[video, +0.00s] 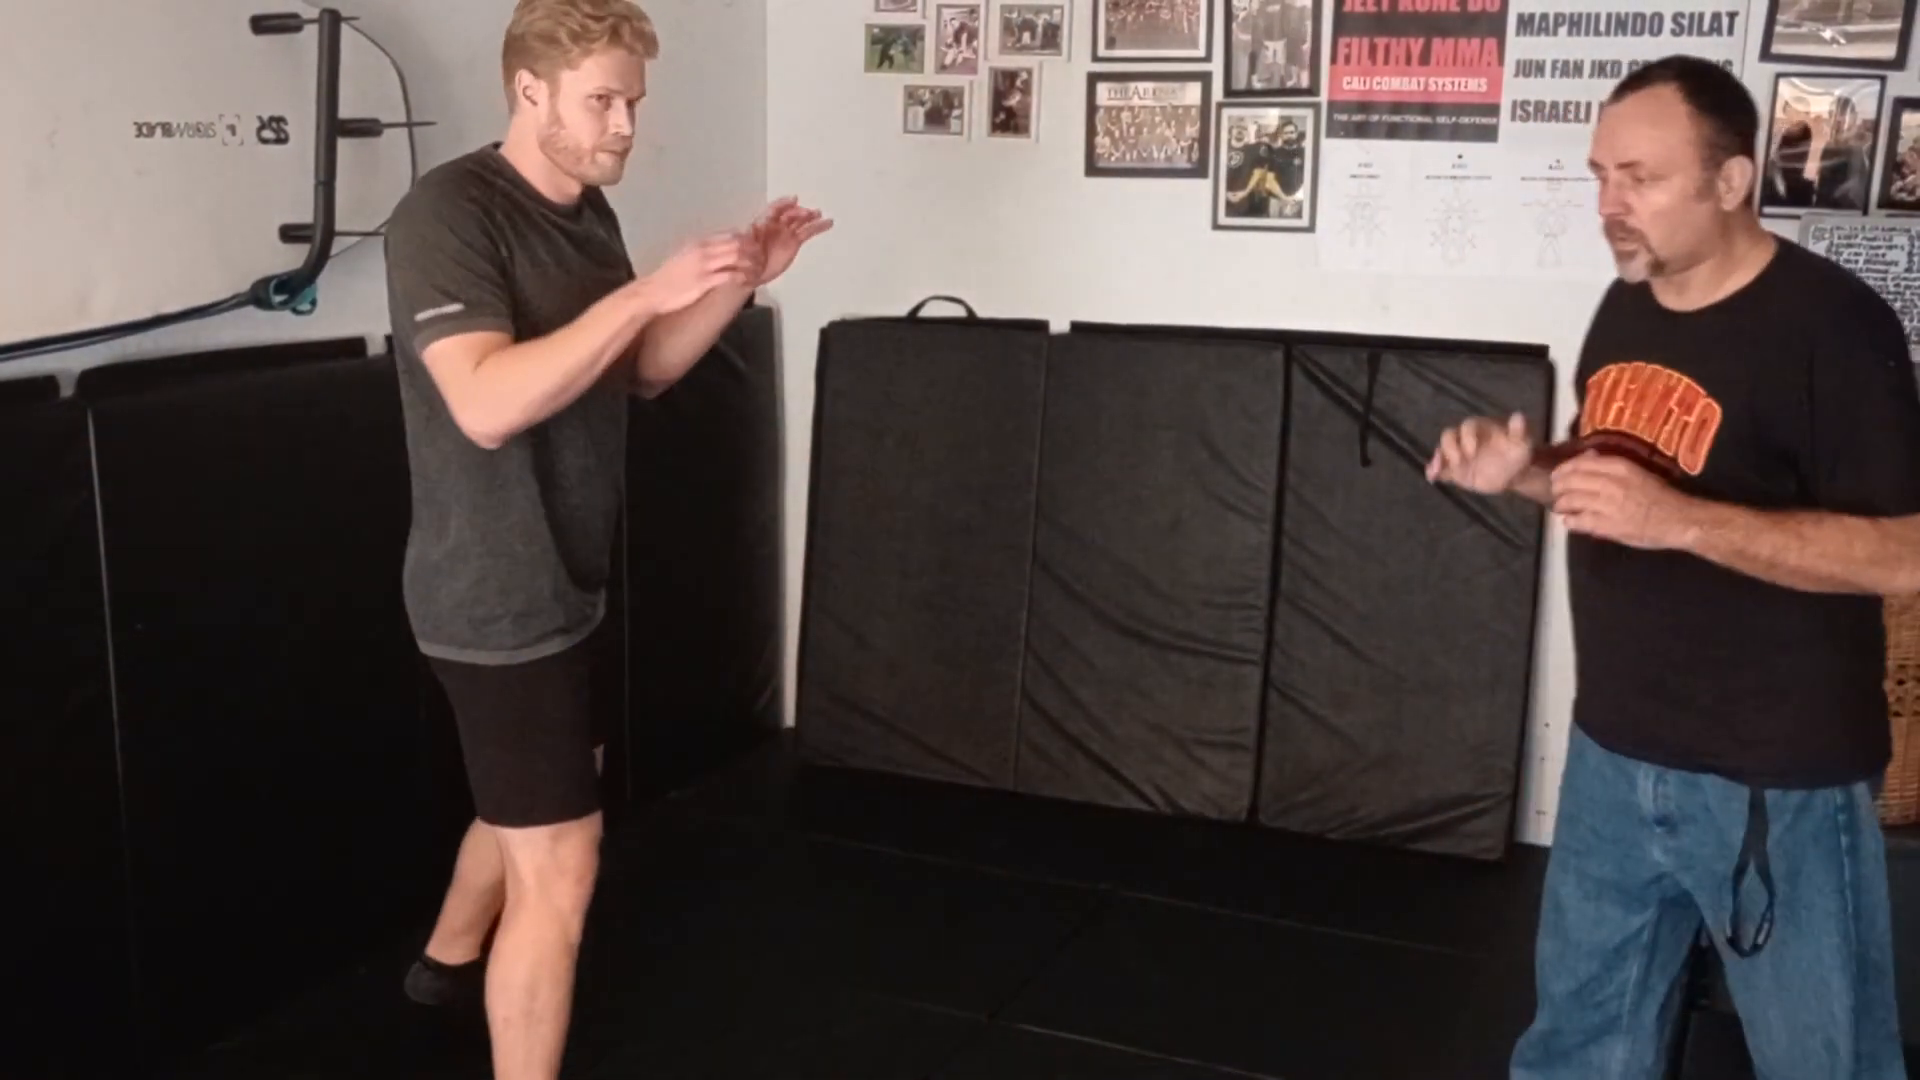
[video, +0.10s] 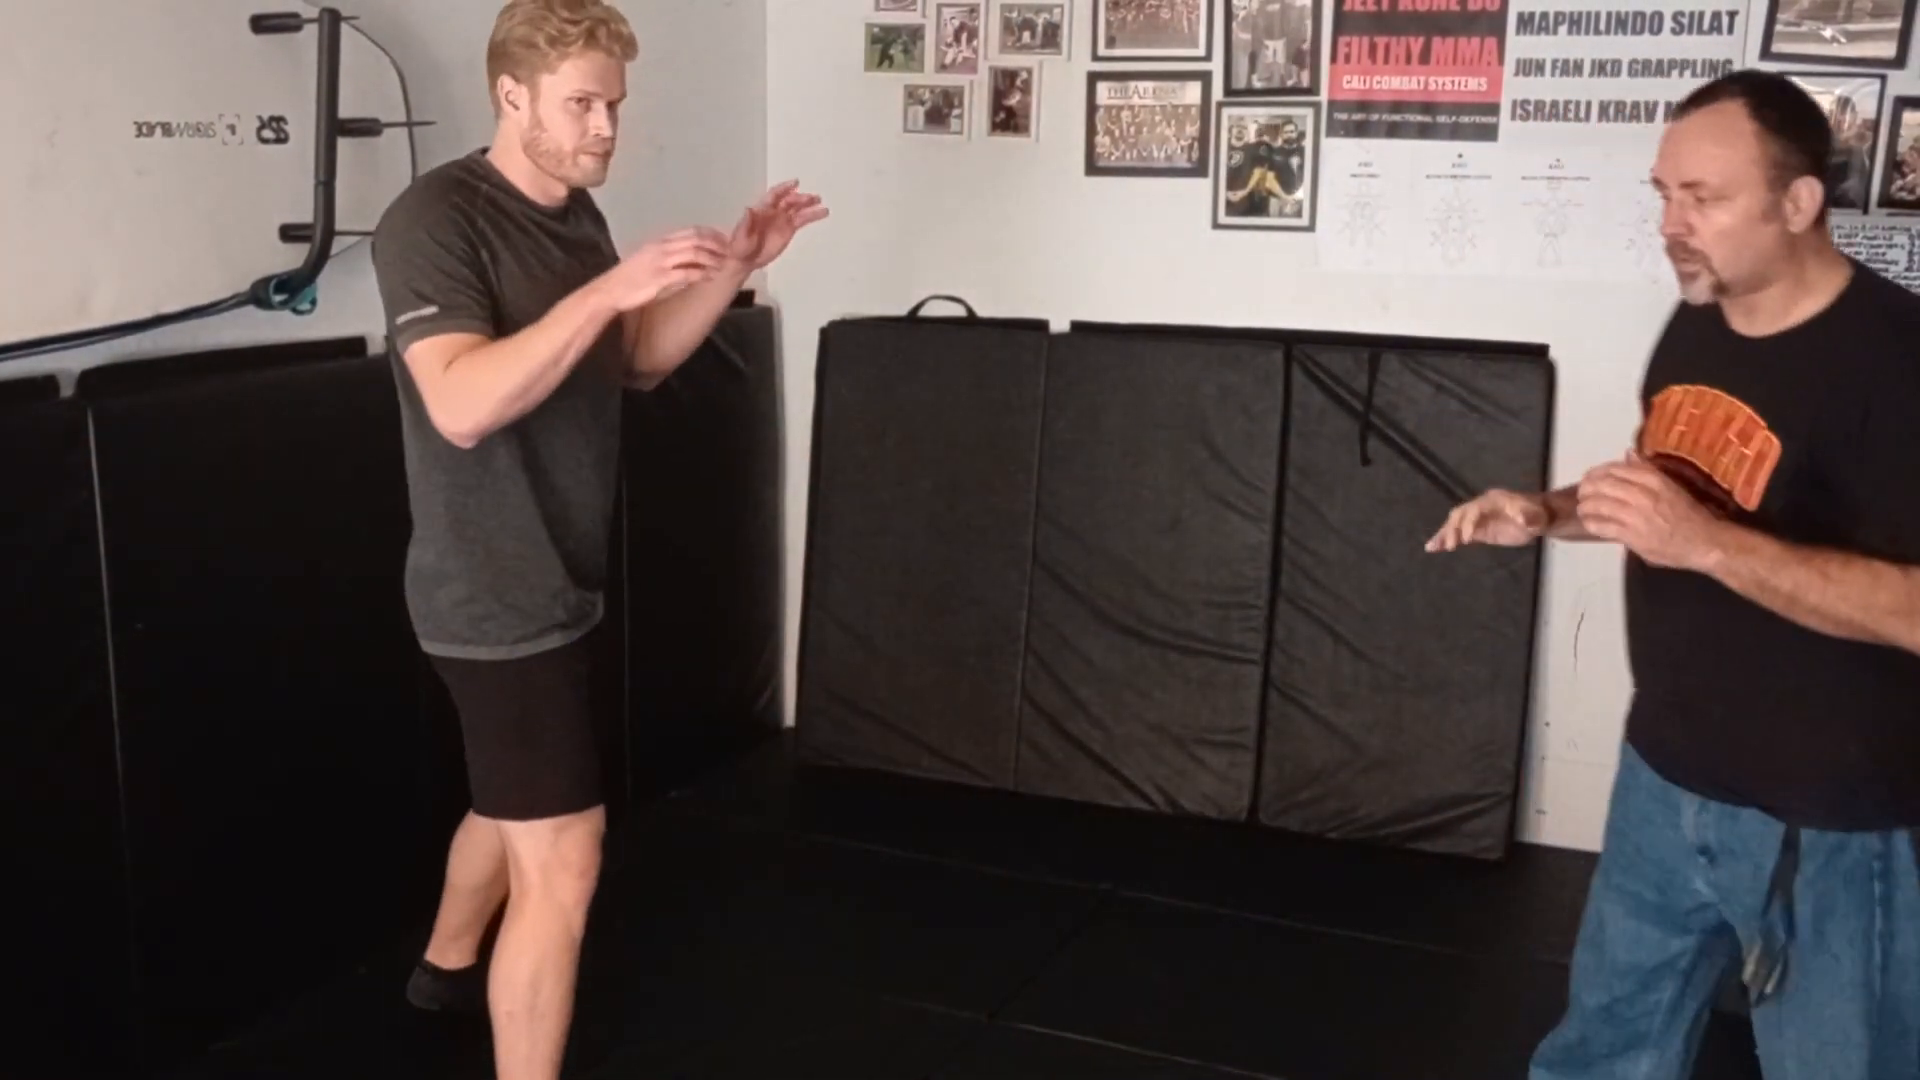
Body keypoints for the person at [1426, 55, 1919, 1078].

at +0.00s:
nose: (1609, 204)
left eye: (1639, 176)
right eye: (1601, 176)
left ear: (1733, 180)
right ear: (1596, 178)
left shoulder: (1840, 327)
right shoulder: (1622, 310)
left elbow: (1903, 551)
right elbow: (1621, 481)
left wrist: (1679, 518)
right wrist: (1524, 471)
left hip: (1789, 788)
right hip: (1613, 764)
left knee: (1825, 1062)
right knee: (1579, 1052)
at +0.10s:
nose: (1669, 225)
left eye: (1699, 196)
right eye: (1664, 196)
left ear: (1801, 204)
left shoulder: (1899, 356)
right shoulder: (1694, 325)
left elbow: (1912, 609)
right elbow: (1677, 507)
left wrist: (1707, 540)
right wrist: (1548, 511)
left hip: (1845, 827)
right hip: (1667, 785)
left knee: (1838, 1068)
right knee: (1604, 1056)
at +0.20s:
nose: (1693, 233)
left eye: (1725, 204)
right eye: (1692, 202)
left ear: (1828, 214)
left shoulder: (1909, 363)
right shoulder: (1738, 337)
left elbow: (1913, 620)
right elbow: (1707, 504)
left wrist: (1734, 561)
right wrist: (1570, 513)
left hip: (1871, 836)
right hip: (1705, 788)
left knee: (1852, 1067)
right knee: (1626, 1056)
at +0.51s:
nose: (1809, 159)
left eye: (1843, 134)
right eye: (1812, 125)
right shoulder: (1836, 276)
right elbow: (1799, 442)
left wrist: (1859, 460)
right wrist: (1677, 426)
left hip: (1909, 788)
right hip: (1793, 754)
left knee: (1892, 1053)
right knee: (1784, 1038)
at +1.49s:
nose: (1695, 230)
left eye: (1719, 201)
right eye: (1697, 198)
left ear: (1820, 203)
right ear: (1812, 206)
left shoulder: (1916, 353)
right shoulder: (1774, 323)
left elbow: (1877, 610)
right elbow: (1727, 512)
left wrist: (1696, 460)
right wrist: (1611, 440)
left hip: (1882, 847)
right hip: (1709, 800)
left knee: (1876, 1063)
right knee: (1657, 1056)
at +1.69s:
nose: (1602, 238)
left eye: (1622, 209)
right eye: (1601, 209)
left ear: (1720, 202)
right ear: (1704, 206)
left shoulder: (1877, 340)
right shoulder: (1660, 333)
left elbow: (1800, 585)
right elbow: (1590, 509)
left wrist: (1614, 437)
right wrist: (1484, 410)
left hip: (1783, 831)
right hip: (1639, 792)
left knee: (1730, 1063)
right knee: (1613, 1055)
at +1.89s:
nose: (1578, 239)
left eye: (1597, 211)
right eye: (1577, 210)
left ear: (1694, 205)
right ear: (1683, 209)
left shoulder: (1850, 351)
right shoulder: (1642, 338)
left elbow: (1787, 605)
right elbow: (1589, 529)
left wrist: (1586, 465)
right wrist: (1465, 455)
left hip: (1723, 840)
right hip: (1575, 785)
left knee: (1649, 1062)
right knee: (1499, 1003)